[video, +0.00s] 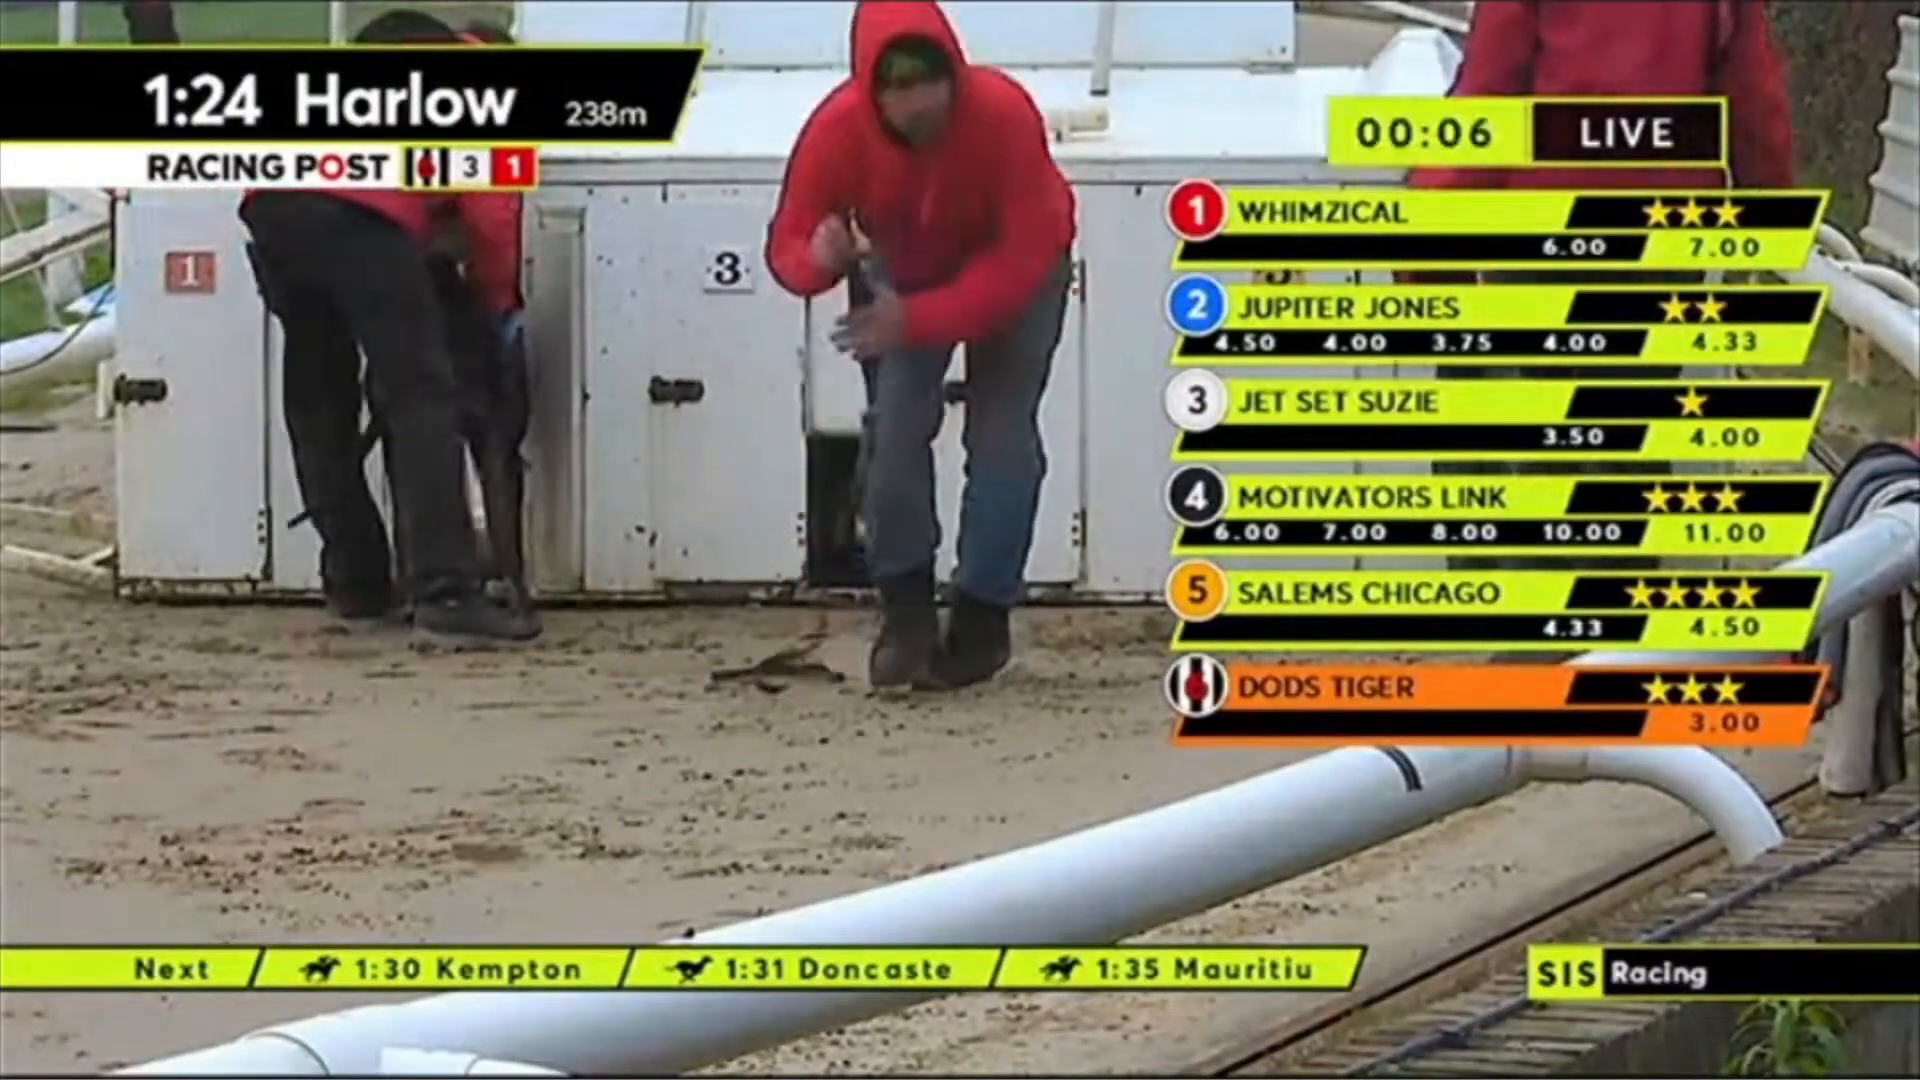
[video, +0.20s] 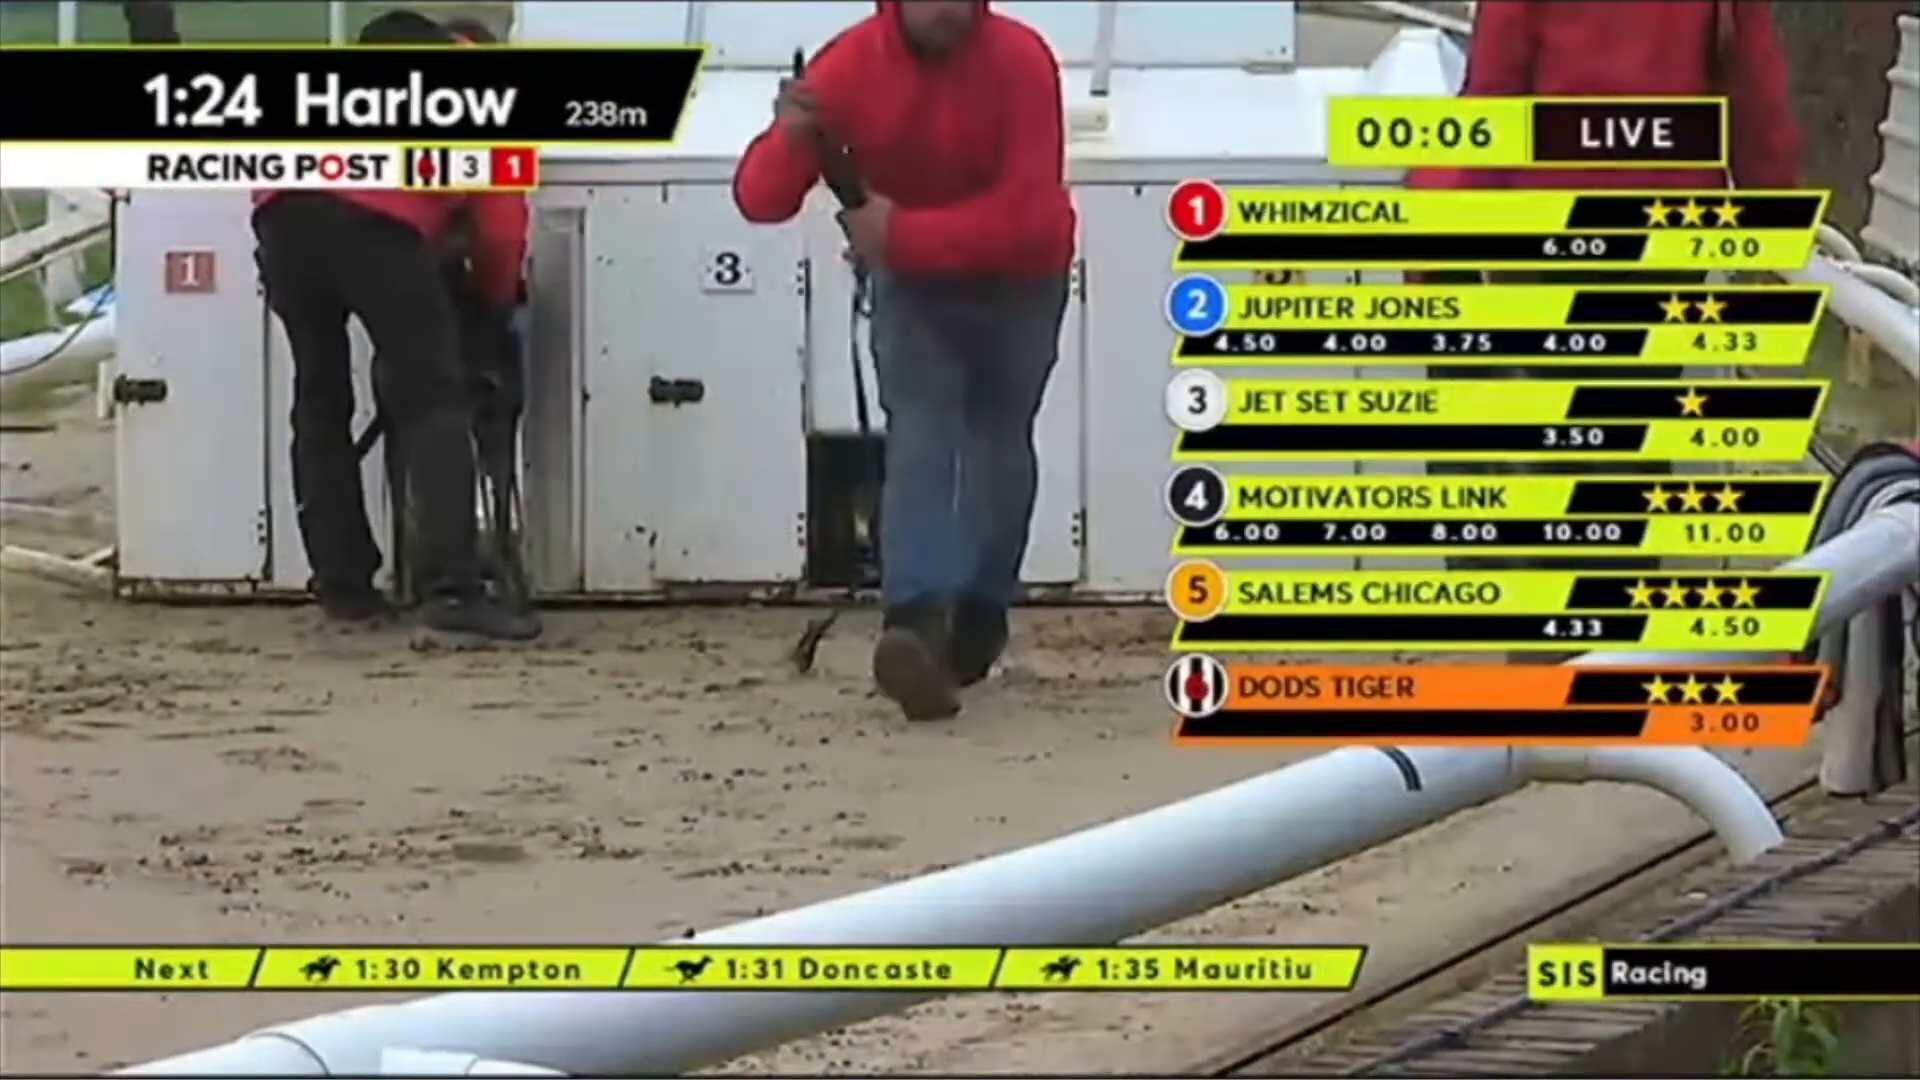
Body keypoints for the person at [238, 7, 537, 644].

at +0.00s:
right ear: (490, 51)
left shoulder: (359, 68)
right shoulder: (494, 82)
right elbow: (489, 208)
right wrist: (500, 306)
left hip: (274, 206)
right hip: (367, 216)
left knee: (317, 391)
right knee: (418, 394)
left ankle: (355, 579)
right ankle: (446, 590)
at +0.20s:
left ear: (415, 44)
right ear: (476, 49)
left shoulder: (349, 81)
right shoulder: (495, 101)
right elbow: (503, 226)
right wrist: (494, 306)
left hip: (284, 219)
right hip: (380, 228)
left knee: (319, 397)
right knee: (431, 400)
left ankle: (341, 586)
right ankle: (454, 588)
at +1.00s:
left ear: (392, 78)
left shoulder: (356, 126)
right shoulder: (502, 118)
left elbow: (316, 235)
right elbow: (560, 187)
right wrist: (505, 246)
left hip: (345, 264)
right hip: (454, 260)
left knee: (365, 395)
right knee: (505, 419)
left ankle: (343, 584)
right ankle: (515, 590)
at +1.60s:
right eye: (520, 25)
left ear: (436, 20)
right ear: (512, 25)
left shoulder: (377, 59)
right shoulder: (526, 75)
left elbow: (333, 175)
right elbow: (553, 214)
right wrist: (489, 289)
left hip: (337, 221)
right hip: (442, 231)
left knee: (352, 351)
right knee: (486, 405)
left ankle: (311, 553)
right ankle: (500, 591)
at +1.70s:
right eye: (518, 44)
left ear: (438, 37)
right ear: (507, 43)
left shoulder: (365, 71)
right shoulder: (518, 92)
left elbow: (312, 174)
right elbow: (542, 215)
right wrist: (493, 281)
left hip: (325, 230)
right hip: (428, 236)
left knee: (328, 384)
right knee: (477, 411)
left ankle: (273, 572)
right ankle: (499, 594)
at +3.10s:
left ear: (374, 75)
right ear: (459, 89)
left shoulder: (335, 119)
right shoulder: (471, 130)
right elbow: (493, 254)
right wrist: (464, 310)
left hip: (281, 258)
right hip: (380, 260)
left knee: (317, 391)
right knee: (458, 419)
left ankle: (264, 574)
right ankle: (485, 589)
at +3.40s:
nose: (490, 100)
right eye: (492, 87)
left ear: (418, 54)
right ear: (477, 69)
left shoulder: (359, 102)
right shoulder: (470, 113)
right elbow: (478, 208)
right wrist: (515, 312)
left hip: (278, 258)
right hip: (374, 259)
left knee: (323, 391)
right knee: (464, 414)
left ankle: (263, 575)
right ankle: (487, 593)